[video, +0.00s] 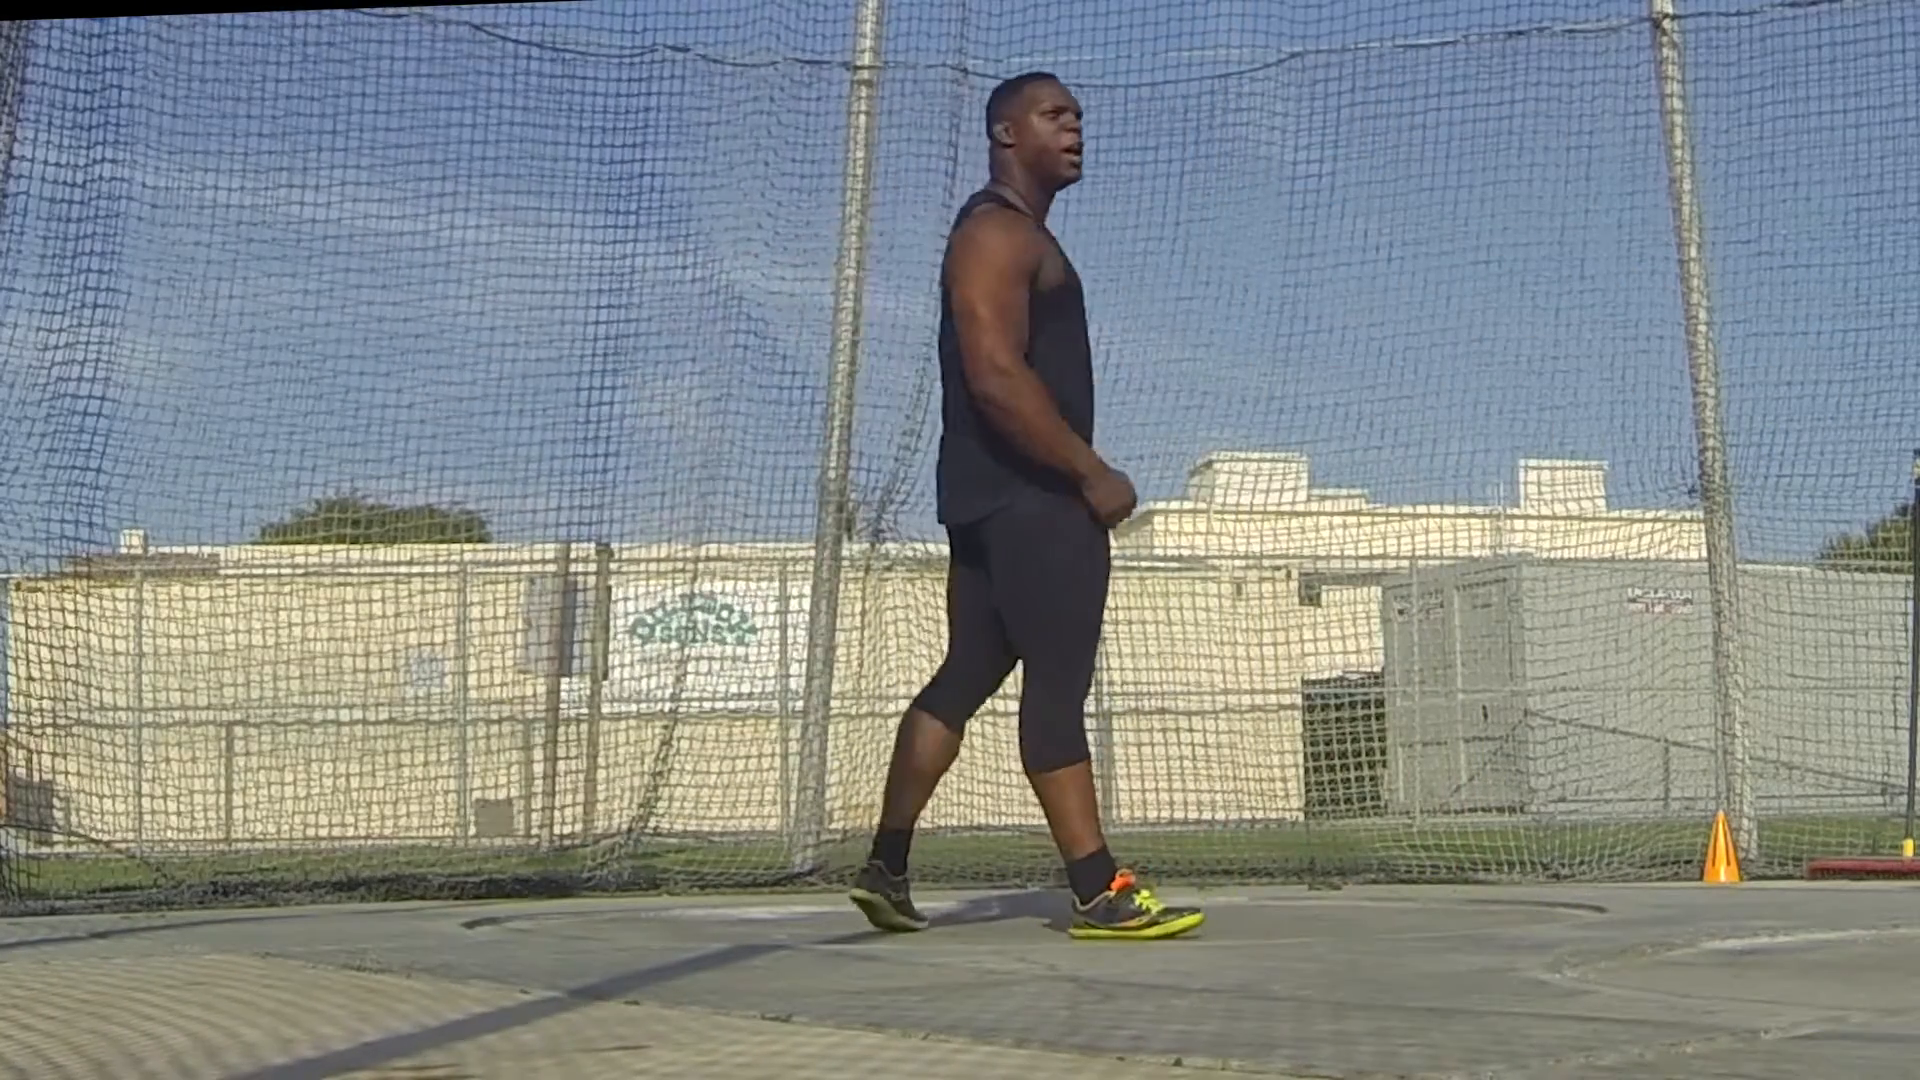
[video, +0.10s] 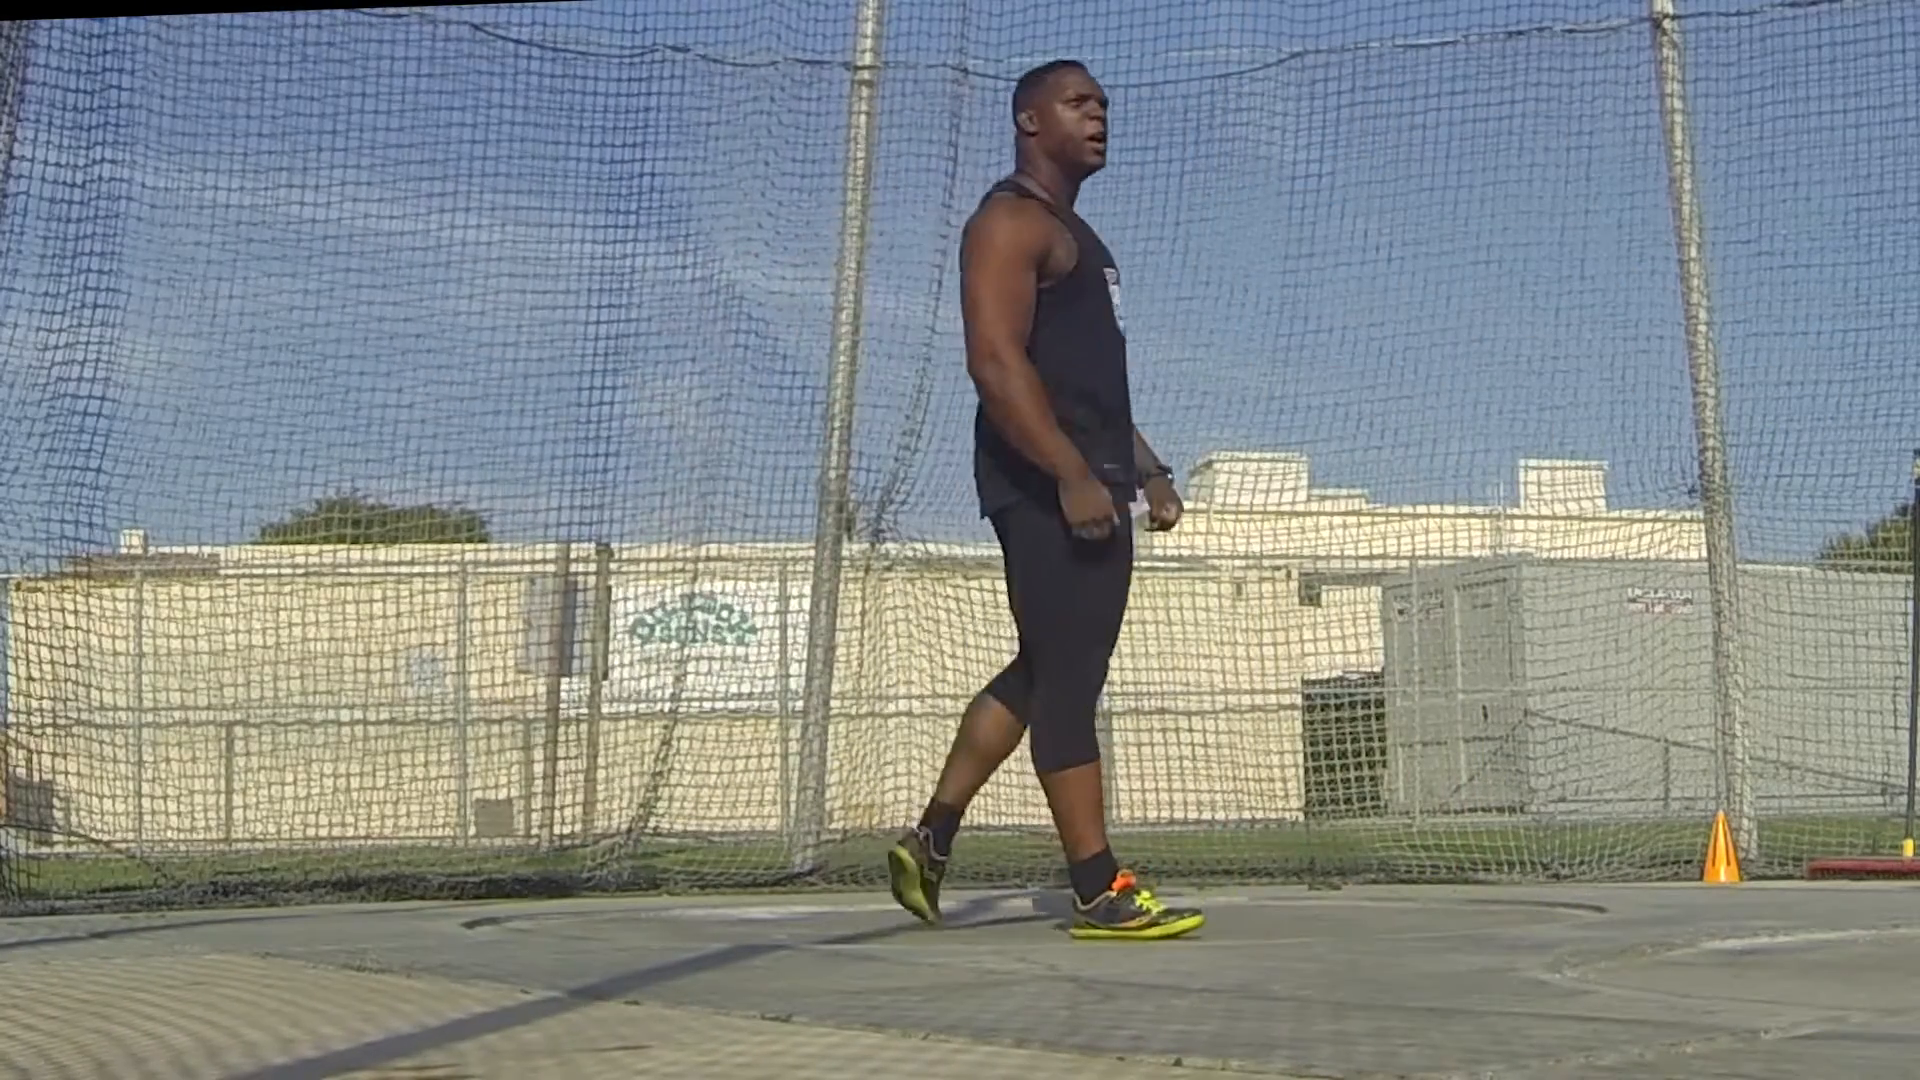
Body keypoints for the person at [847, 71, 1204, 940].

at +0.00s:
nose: (1077, 132)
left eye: (1077, 118)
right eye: (1058, 118)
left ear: (1032, 141)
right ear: (1007, 136)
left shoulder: (1005, 229)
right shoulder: (996, 231)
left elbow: (994, 379)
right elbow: (992, 374)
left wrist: (1077, 469)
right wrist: (1089, 469)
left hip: (990, 499)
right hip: (1031, 497)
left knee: (968, 671)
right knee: (1057, 681)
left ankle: (886, 864)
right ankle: (1098, 888)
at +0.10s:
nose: (1100, 120)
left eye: (1102, 107)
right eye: (1080, 105)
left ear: (1088, 126)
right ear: (1029, 122)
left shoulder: (1073, 231)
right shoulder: (1009, 219)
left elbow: (1087, 374)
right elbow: (994, 361)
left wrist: (1144, 466)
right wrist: (1072, 475)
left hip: (1084, 483)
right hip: (1041, 482)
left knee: (1047, 662)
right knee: (1067, 666)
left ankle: (931, 833)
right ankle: (1099, 886)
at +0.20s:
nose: (1119, 110)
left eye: (1122, 98)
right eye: (1099, 96)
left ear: (1122, 117)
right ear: (1051, 113)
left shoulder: (1113, 229)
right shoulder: (1024, 205)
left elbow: (1125, 362)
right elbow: (997, 340)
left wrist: (1188, 458)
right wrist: (1056, 460)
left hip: (1128, 478)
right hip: (1073, 478)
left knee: (1139, 651)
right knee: (1085, 661)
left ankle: (1004, 819)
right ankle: (1097, 884)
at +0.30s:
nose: (1138, 101)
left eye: (1142, 91)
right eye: (1118, 89)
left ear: (1145, 113)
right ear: (1070, 109)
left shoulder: (1148, 226)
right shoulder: (1035, 199)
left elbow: (1158, 356)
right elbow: (1002, 327)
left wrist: (1223, 450)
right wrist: (1048, 444)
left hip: (1166, 477)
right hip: (1092, 477)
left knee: (1209, 644)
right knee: (1098, 663)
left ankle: (1099, 813)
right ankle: (1100, 883)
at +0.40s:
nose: (1158, 97)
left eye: (1162, 87)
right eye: (1138, 84)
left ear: (1165, 110)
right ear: (1089, 104)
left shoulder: (1177, 221)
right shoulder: (1051, 195)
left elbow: (1195, 350)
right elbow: (1011, 321)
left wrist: (1258, 445)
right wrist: (1052, 437)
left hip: (1194, 478)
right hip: (1110, 476)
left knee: (1256, 637)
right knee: (1105, 668)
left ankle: (1202, 851)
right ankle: (1099, 886)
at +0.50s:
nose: (1180, 92)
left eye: (1184, 81)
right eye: (1159, 79)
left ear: (1186, 105)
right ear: (1111, 101)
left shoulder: (1206, 218)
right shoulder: (1071, 196)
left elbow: (1238, 351)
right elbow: (1024, 327)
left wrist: (1290, 451)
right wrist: (1070, 443)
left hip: (1220, 476)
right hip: (1127, 475)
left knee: (1281, 644)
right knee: (1114, 673)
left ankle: (1297, 866)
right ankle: (1099, 886)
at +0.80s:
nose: (1307, 107)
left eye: (1313, 96)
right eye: (1288, 90)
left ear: (1313, 121)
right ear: (1236, 106)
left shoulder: (1325, 237)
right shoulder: (1174, 211)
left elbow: (1338, 370)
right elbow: (1120, 356)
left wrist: (1356, 481)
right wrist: (1141, 491)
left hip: (1322, 487)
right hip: (1218, 484)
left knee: (1357, 675)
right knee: (1182, 678)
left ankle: (1413, 880)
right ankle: (1115, 877)